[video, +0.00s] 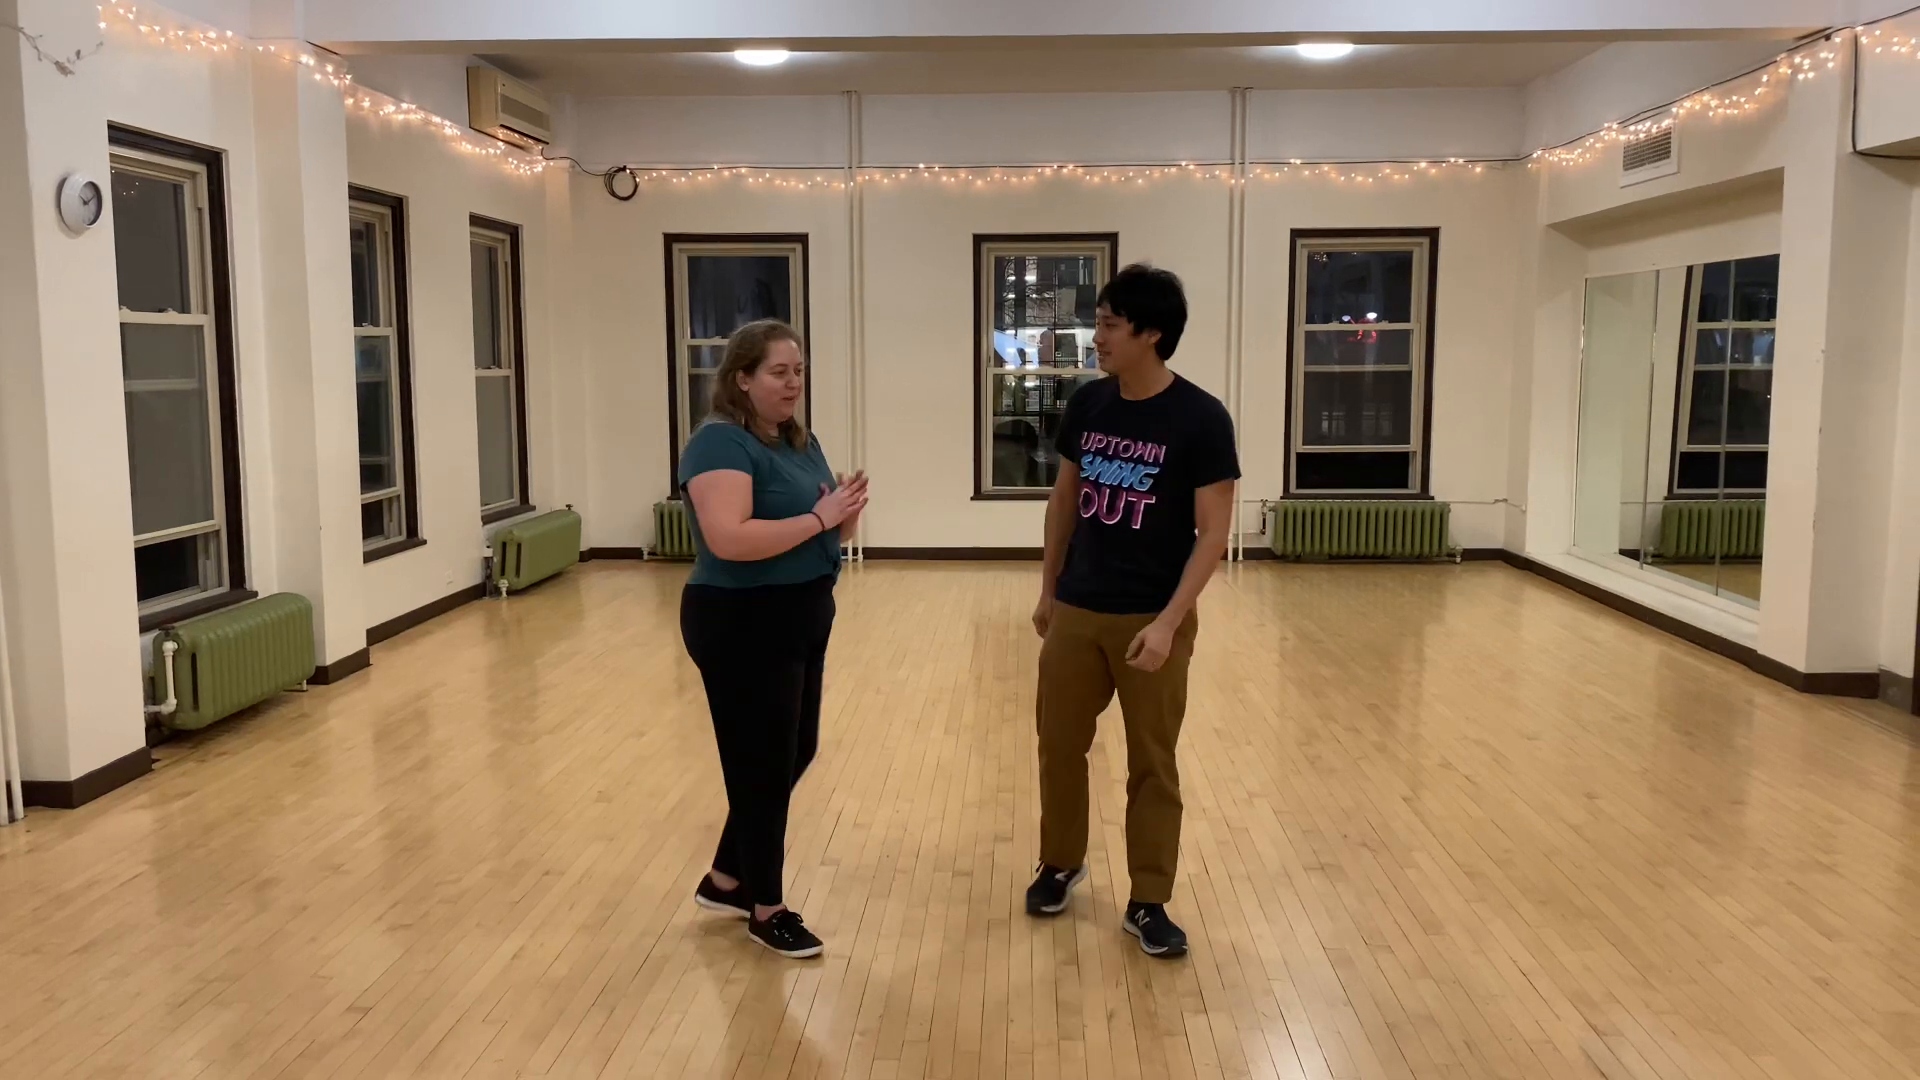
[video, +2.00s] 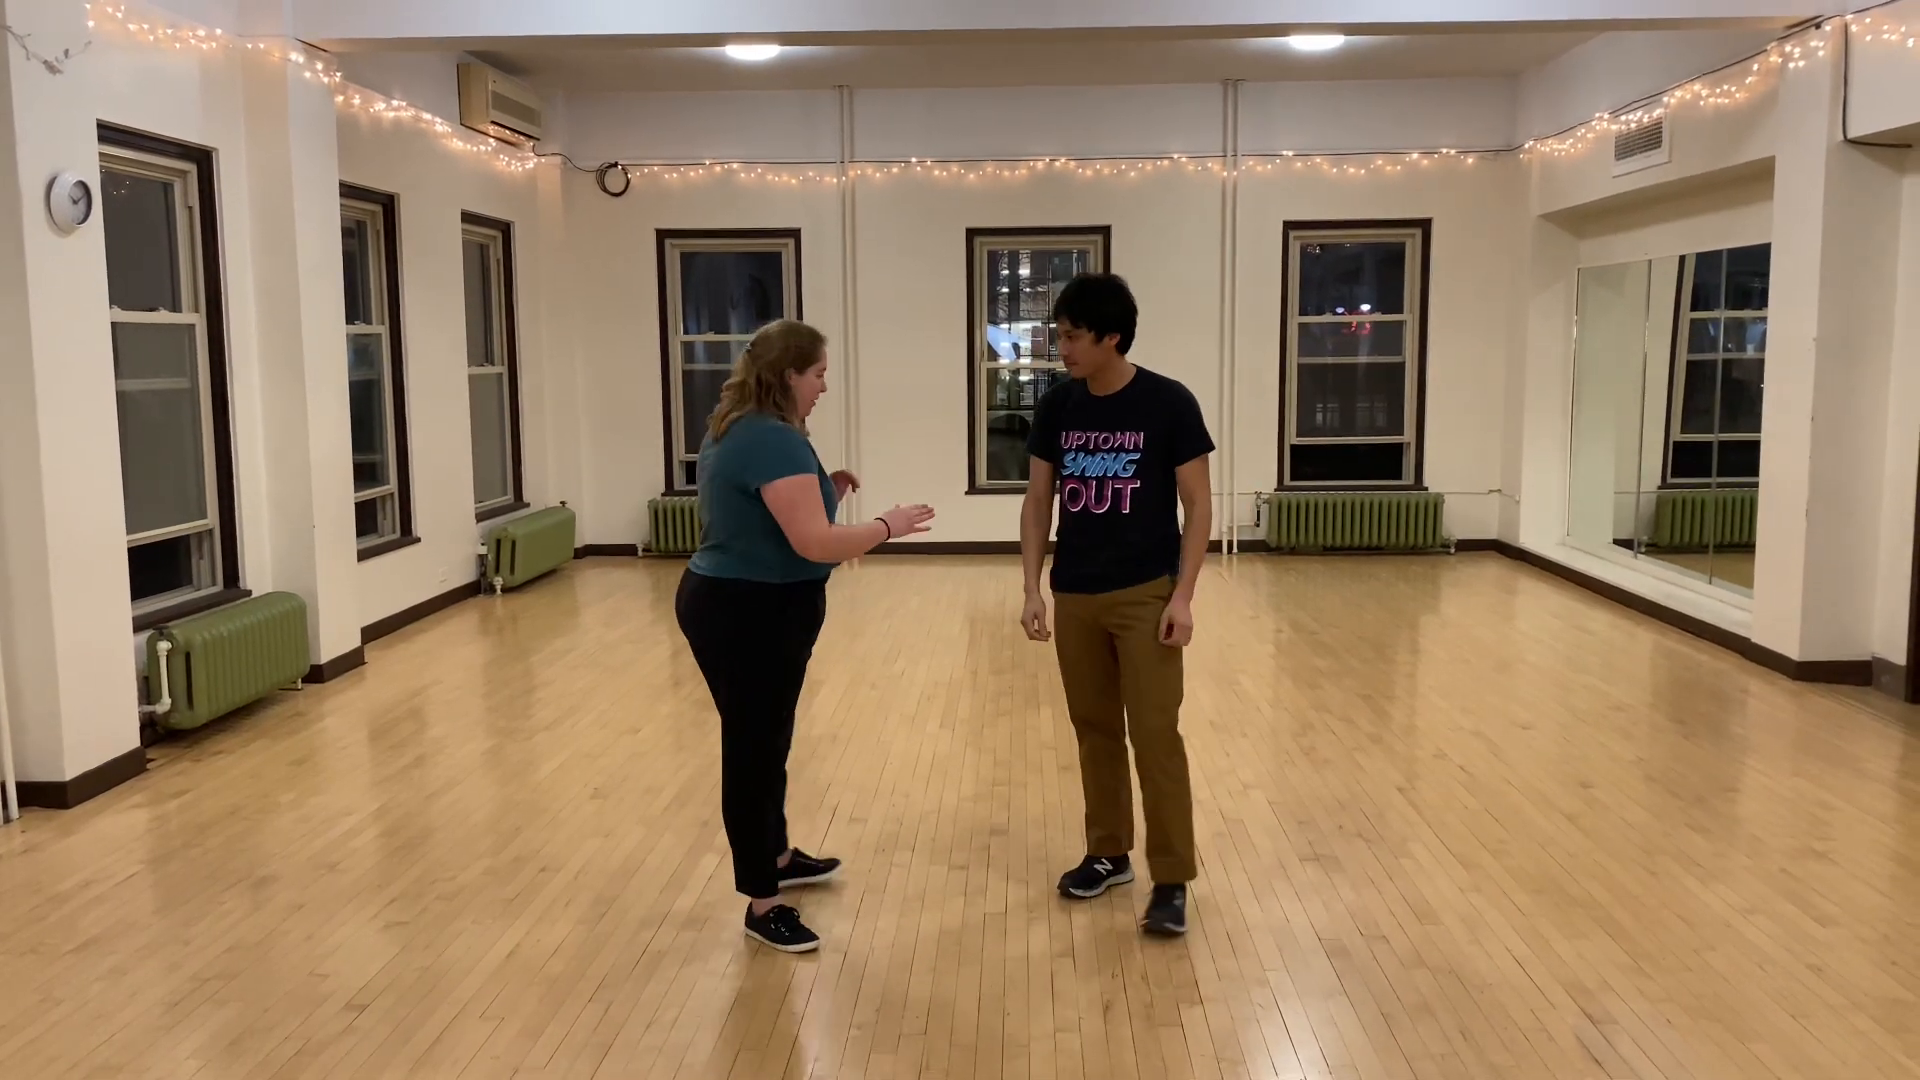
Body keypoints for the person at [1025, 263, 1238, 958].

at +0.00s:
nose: (1097, 337)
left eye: (1110, 327)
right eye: (1097, 325)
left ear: (1152, 335)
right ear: (1117, 332)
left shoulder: (1202, 420)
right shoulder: (1088, 404)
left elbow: (1214, 536)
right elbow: (1065, 497)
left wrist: (1169, 621)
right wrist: (1049, 589)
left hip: (1154, 623)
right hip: (1075, 614)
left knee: (1152, 764)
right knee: (1059, 745)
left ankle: (1148, 900)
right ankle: (1060, 862)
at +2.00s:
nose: (1062, 347)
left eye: (1072, 336)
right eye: (1060, 335)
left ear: (1112, 338)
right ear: (1072, 336)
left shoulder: (1169, 403)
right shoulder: (1058, 404)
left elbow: (1199, 507)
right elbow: (1037, 499)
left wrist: (1184, 594)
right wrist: (1033, 583)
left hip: (1147, 596)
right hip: (1075, 598)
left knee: (1154, 738)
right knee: (1095, 733)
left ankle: (1171, 880)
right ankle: (1109, 855)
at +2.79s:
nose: (1038, 347)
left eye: (1046, 335)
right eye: (1036, 335)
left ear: (1085, 334)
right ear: (1066, 336)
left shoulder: (1140, 402)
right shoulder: (1058, 405)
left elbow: (1157, 508)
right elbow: (1031, 491)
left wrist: (1118, 597)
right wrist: (955, 506)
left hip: (1127, 595)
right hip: (1071, 593)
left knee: (1135, 734)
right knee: (1087, 727)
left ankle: (1158, 882)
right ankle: (1106, 849)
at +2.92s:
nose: (1034, 344)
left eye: (1042, 333)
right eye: (1033, 333)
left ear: (1080, 334)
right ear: (1066, 335)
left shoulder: (1138, 401)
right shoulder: (1055, 403)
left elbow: (1158, 508)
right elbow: (1030, 492)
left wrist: (1120, 596)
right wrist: (958, 523)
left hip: (1127, 595)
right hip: (1070, 593)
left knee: (1134, 735)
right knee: (1087, 727)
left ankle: (1157, 882)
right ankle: (1106, 849)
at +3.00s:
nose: (1032, 342)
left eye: (1040, 330)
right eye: (1032, 330)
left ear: (1079, 334)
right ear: (1065, 335)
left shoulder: (1138, 400)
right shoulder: (1054, 403)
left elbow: (1159, 507)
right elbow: (1028, 496)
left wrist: (1124, 596)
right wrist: (958, 537)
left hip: (1128, 596)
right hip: (1070, 594)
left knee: (1136, 737)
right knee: (1087, 728)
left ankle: (1157, 883)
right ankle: (1104, 849)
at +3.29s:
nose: (1043, 334)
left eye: (1055, 323)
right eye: (1039, 323)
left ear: (1093, 326)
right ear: (1041, 328)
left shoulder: (1136, 399)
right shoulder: (1050, 406)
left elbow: (1159, 505)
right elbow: (1029, 500)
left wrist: (1128, 594)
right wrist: (962, 552)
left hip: (1128, 595)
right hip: (1070, 594)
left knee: (1135, 738)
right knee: (1086, 727)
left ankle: (1153, 885)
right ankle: (1102, 848)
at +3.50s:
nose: (1063, 330)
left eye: (1075, 317)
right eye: (1052, 320)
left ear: (1102, 323)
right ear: (1042, 330)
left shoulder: (1139, 399)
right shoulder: (1047, 406)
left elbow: (1160, 506)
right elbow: (1027, 500)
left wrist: (1126, 593)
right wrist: (961, 557)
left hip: (1130, 594)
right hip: (1070, 593)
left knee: (1135, 738)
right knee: (1085, 727)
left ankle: (1156, 885)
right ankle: (1099, 849)